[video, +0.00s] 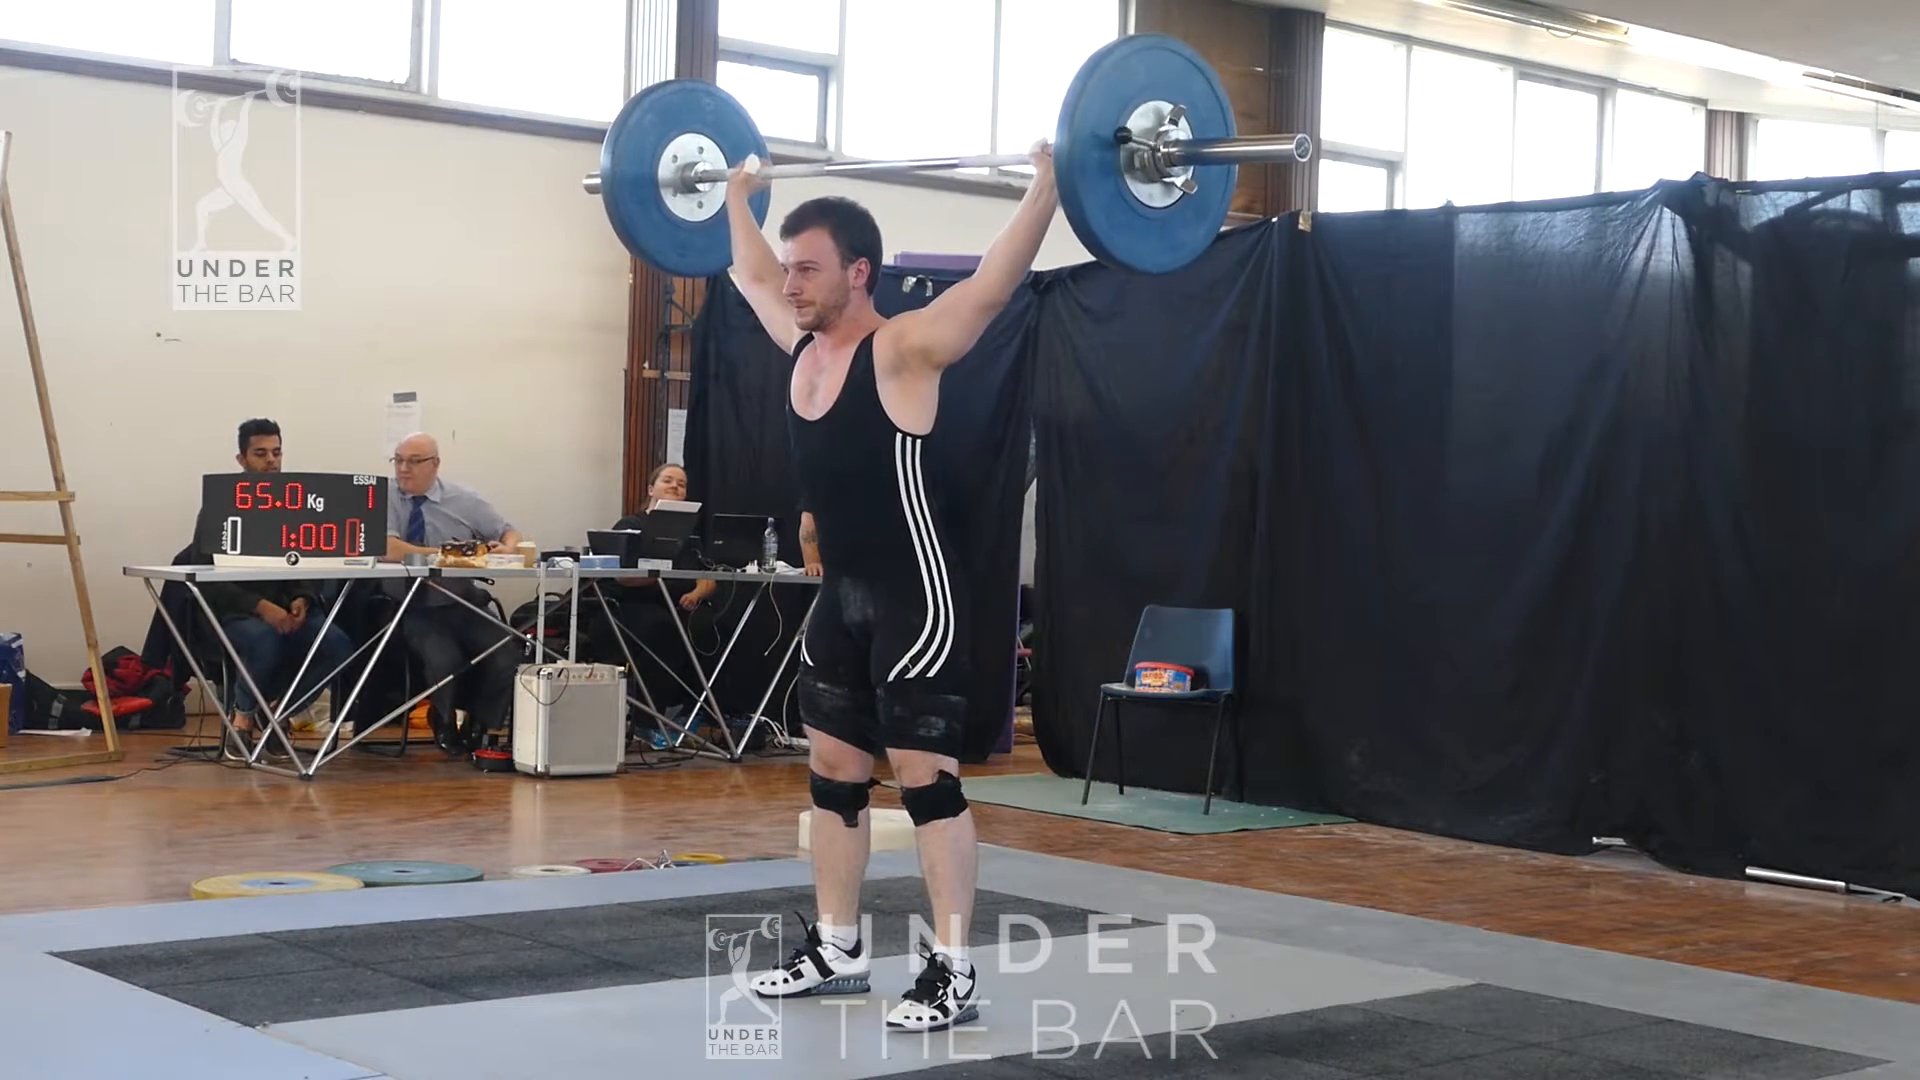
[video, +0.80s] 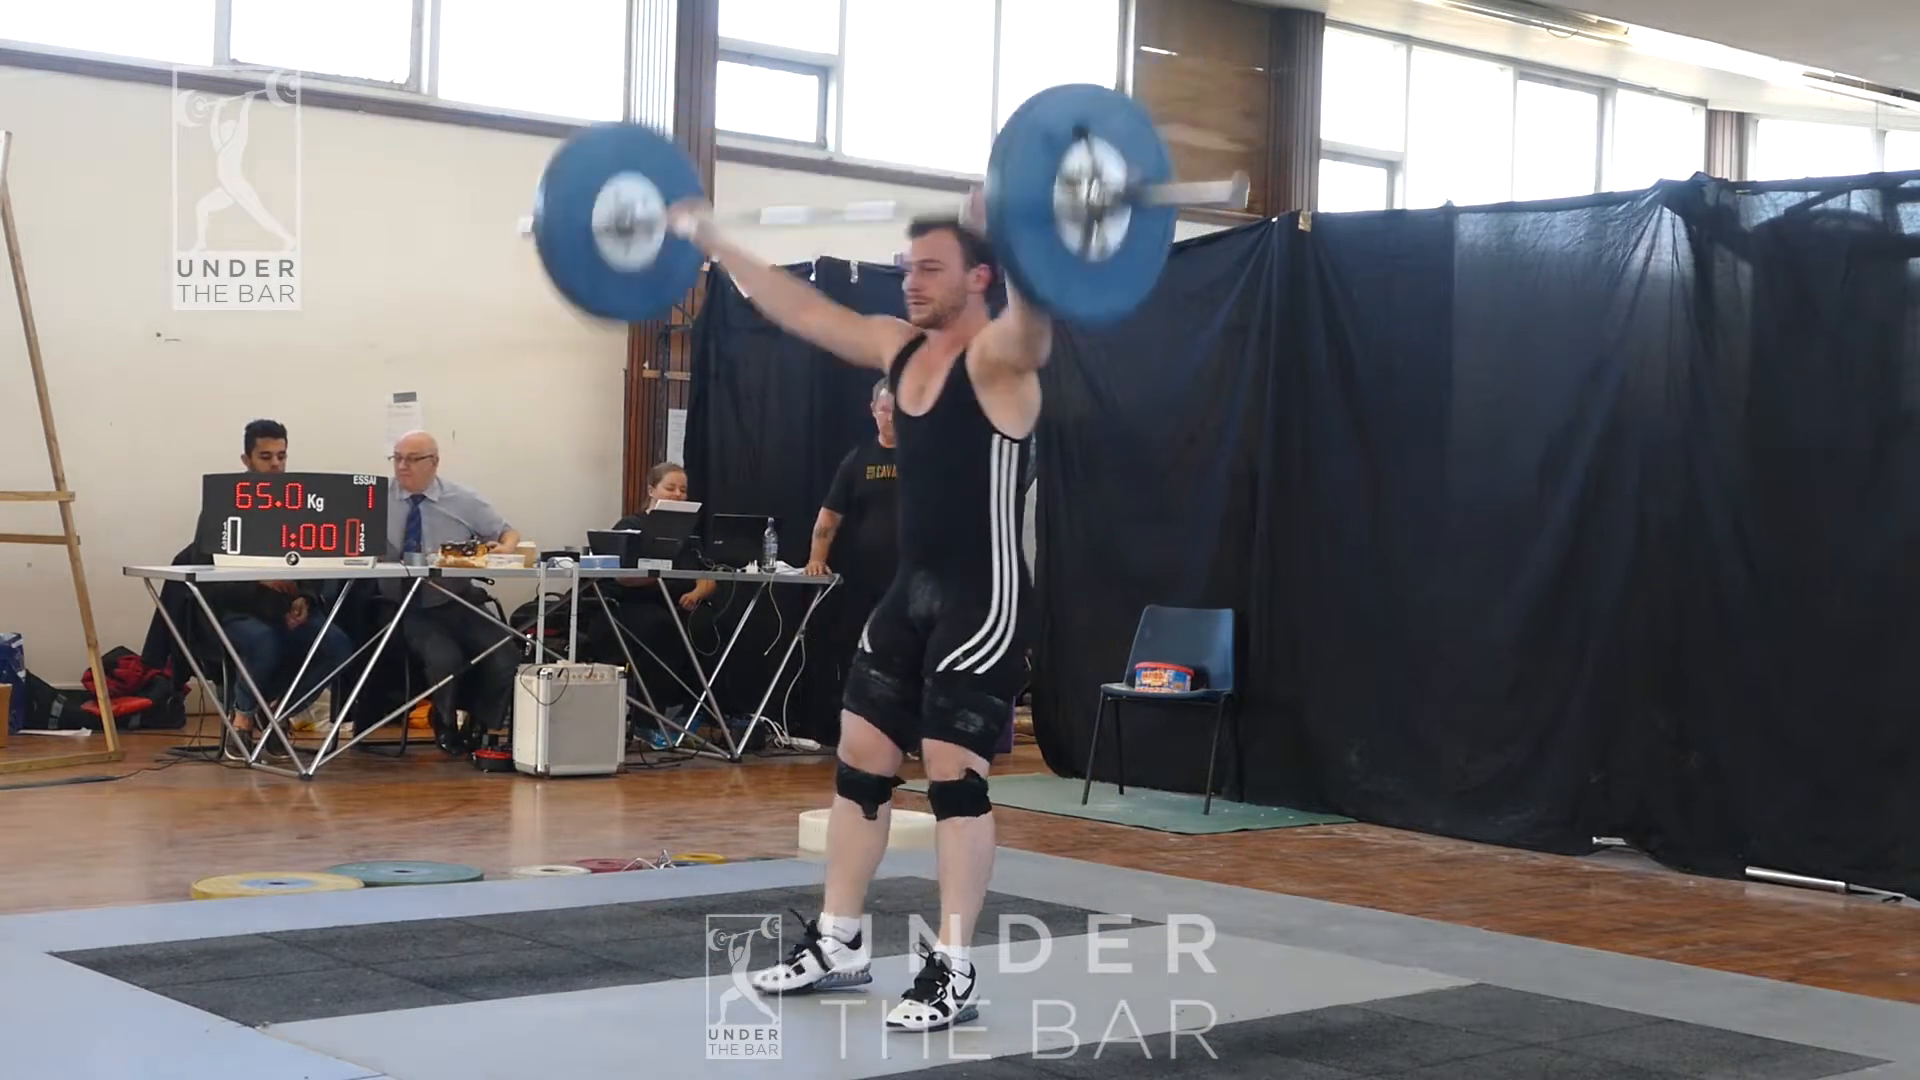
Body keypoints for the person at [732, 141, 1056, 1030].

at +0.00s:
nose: (793, 283)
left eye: (808, 268)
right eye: (789, 270)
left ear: (859, 273)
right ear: (792, 274)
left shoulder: (906, 345)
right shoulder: (807, 348)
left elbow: (989, 284)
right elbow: (755, 276)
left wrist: (1043, 192)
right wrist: (737, 194)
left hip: (919, 596)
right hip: (841, 596)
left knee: (922, 773)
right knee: (835, 767)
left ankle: (950, 969)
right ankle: (838, 951)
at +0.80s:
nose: (913, 282)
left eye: (930, 269)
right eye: (909, 270)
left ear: (980, 275)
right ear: (911, 277)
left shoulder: (1001, 351)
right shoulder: (902, 345)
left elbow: (1029, 323)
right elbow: (799, 305)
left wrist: (1031, 243)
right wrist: (706, 233)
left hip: (985, 601)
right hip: (910, 594)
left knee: (953, 767)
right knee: (863, 756)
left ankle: (952, 969)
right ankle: (838, 947)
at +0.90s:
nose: (945, 284)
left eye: (963, 270)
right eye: (940, 271)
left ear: (1008, 281)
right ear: (935, 282)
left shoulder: (1022, 363)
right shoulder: (922, 368)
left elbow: (1066, 352)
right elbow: (811, 377)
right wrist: (701, 344)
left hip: (998, 609)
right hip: (923, 600)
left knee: (965, 767)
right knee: (867, 752)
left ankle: (954, 968)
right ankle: (882, 933)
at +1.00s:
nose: (959, 289)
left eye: (977, 276)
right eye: (957, 276)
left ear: (1024, 289)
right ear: (959, 287)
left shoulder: (1046, 386)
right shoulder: (934, 385)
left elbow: (1088, 498)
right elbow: (846, 448)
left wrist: (1060, 557)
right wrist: (734, 482)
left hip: (1008, 601)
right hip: (937, 593)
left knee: (966, 768)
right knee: (880, 763)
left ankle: (955, 972)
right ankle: (947, 906)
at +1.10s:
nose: (968, 298)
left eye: (986, 285)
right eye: (965, 286)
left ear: (1033, 299)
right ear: (967, 297)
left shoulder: (1058, 402)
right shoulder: (952, 396)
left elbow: (1094, 517)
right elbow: (906, 508)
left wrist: (1084, 624)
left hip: (1013, 633)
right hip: (937, 624)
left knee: (975, 789)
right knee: (913, 784)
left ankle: (957, 962)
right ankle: (1004, 909)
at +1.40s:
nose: (991, 301)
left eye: (1006, 287)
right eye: (986, 288)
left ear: (1053, 290)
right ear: (987, 294)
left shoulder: (1092, 380)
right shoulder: (981, 389)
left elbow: (1160, 473)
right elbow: (971, 494)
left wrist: (1146, 584)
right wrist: (957, 590)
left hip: (1071, 614)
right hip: (994, 612)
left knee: (1056, 766)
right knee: (984, 762)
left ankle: (1061, 938)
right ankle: (1002, 930)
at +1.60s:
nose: (1011, 346)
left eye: (1022, 329)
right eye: (1003, 331)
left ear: (1067, 316)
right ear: (1001, 327)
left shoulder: (1122, 393)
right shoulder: (1021, 400)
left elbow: (1215, 470)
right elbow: (1040, 497)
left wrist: (1195, 565)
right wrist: (1023, 585)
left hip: (1122, 607)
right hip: (1043, 601)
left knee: (1121, 767)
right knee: (1022, 761)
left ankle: (1190, 909)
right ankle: (1005, 926)